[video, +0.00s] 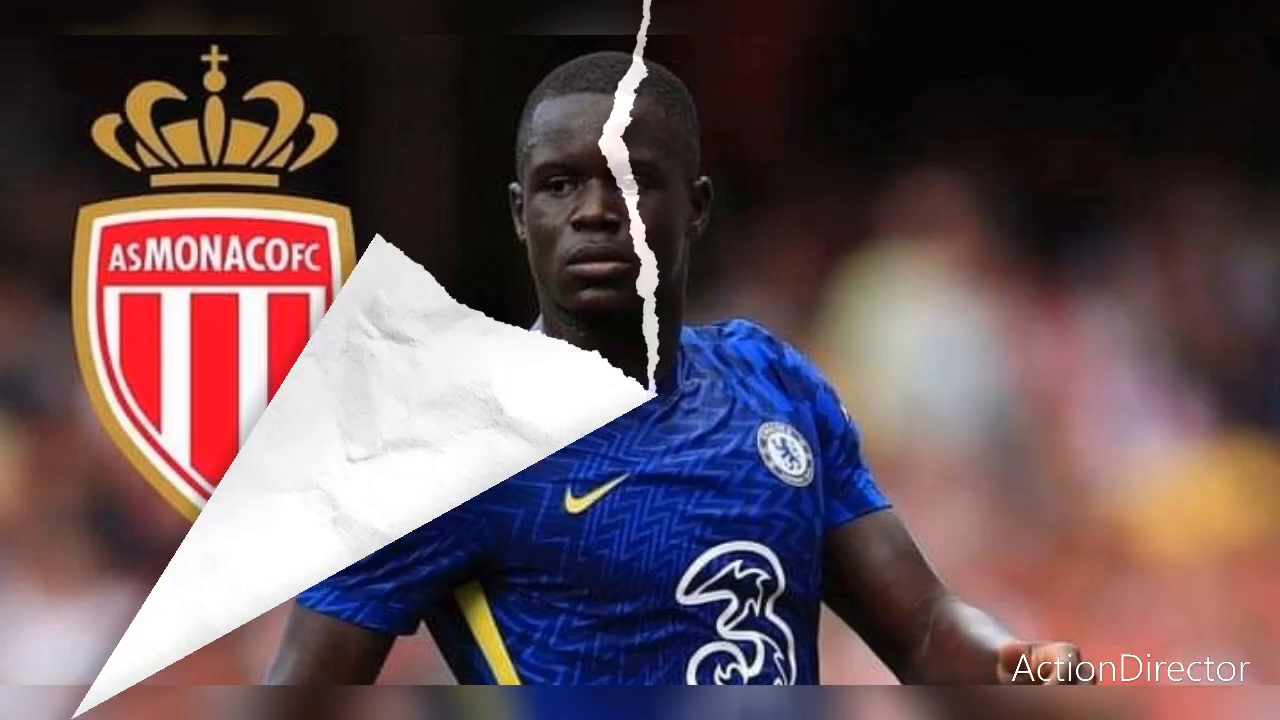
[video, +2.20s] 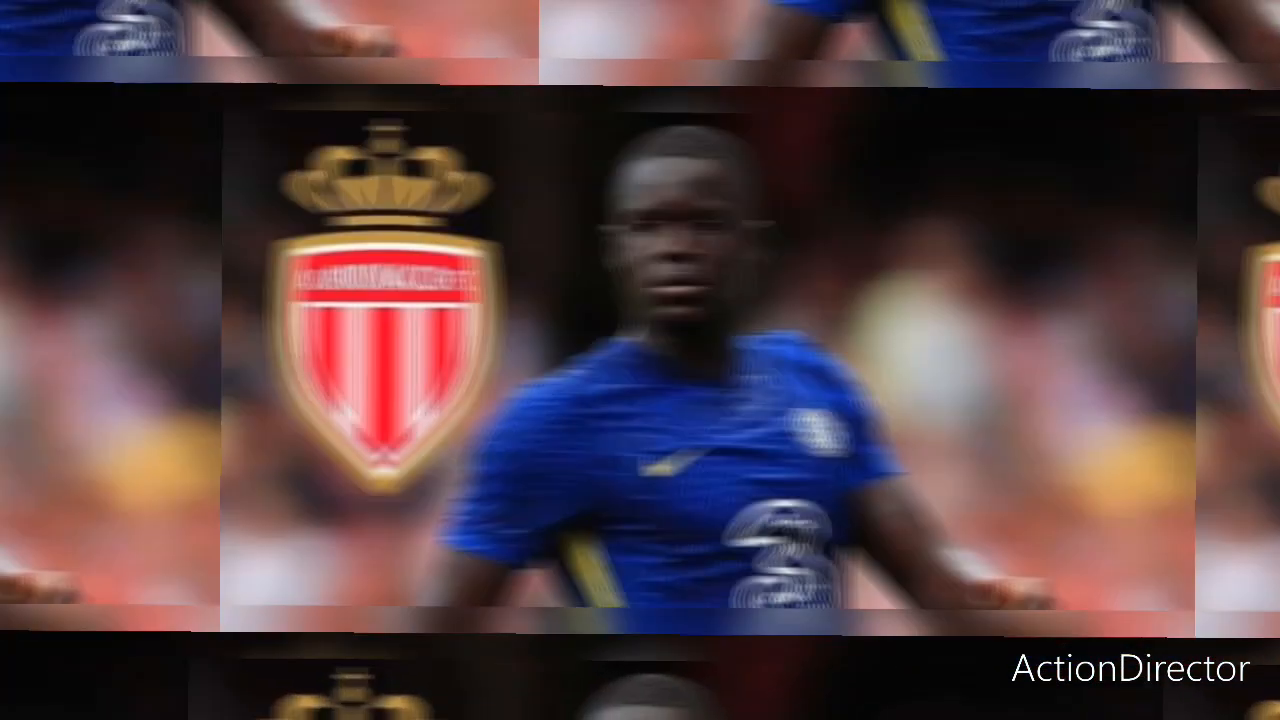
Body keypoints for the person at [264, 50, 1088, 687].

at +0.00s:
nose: (600, 209)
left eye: (636, 177)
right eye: (562, 180)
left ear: (698, 206)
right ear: (520, 213)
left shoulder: (770, 384)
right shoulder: (453, 430)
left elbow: (920, 625)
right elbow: (302, 688)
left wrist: (1021, 673)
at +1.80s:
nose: (644, 218)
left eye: (680, 190)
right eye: (612, 193)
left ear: (739, 219)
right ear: (577, 223)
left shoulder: (807, 382)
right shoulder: (492, 439)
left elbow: (950, 608)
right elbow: (366, 682)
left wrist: (1045, 656)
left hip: (818, 705)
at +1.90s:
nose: (741, 225)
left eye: (774, 197)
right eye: (708, 199)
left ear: (831, 224)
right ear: (674, 228)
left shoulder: (897, 383)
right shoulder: (594, 437)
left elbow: (1032, 597)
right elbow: (474, 663)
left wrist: (1116, 641)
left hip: (906, 683)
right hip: (736, 697)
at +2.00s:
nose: (922, 234)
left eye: (954, 206)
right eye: (893, 209)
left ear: (1010, 232)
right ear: (857, 239)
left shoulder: (1072, 382)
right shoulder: (786, 431)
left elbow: (1204, 586)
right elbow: (668, 655)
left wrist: (1273, 628)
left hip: (1092, 691)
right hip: (904, 690)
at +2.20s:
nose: (676, 248)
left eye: (705, 224)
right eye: (648, 226)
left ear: (753, 245)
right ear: (613, 249)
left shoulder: (806, 381)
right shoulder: (554, 423)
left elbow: (927, 565)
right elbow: (437, 630)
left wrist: (992, 603)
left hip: (820, 696)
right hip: (672, 698)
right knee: (645, 700)